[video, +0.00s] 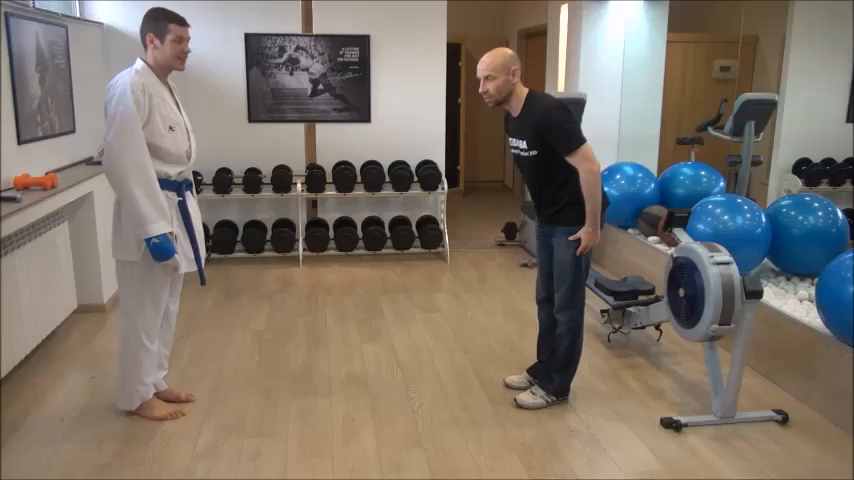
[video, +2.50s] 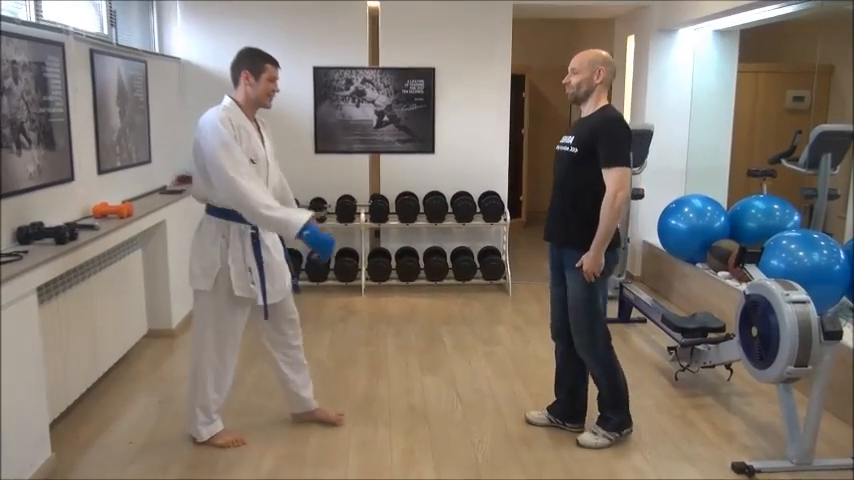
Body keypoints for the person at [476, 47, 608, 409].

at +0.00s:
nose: (482, 88)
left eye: (488, 79)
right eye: (479, 81)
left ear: (514, 75)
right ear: (484, 80)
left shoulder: (548, 112)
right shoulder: (512, 118)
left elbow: (589, 165)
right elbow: (539, 169)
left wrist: (591, 225)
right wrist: (543, 213)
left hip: (572, 224)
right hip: (545, 220)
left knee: (566, 308)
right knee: (546, 302)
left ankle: (557, 387)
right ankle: (544, 372)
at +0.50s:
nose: (502, 76)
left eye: (507, 68)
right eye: (501, 68)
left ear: (533, 65)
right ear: (529, 67)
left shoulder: (572, 100)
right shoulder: (539, 104)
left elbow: (612, 157)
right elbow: (563, 158)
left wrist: (614, 217)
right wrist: (567, 202)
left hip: (596, 214)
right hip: (571, 209)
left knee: (591, 298)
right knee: (571, 290)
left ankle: (580, 377)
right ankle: (566, 362)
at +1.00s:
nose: (493, 130)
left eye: (496, 122)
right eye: (491, 123)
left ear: (519, 114)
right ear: (520, 114)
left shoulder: (570, 131)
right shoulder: (548, 135)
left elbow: (630, 169)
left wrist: (646, 222)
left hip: (629, 211)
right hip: (603, 207)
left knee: (614, 297)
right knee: (596, 289)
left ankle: (596, 377)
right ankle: (582, 361)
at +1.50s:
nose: (507, 98)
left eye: (513, 90)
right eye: (507, 90)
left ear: (539, 88)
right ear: (538, 89)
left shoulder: (586, 117)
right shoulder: (561, 119)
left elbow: (639, 161)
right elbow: (601, 162)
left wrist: (651, 216)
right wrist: (608, 204)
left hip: (636, 208)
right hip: (610, 205)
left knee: (623, 293)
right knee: (604, 285)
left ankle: (608, 375)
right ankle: (595, 359)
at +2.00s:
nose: (584, 42)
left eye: (592, 36)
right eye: (586, 35)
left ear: (616, 45)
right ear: (611, 46)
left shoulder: (622, 93)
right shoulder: (595, 90)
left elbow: (635, 163)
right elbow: (592, 160)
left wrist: (619, 224)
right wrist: (577, 214)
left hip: (610, 222)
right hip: (583, 216)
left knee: (609, 310)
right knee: (563, 285)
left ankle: (615, 391)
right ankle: (593, 366)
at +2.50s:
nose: (566, 79)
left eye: (573, 72)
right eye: (567, 73)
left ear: (599, 75)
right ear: (592, 77)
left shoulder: (610, 123)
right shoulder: (582, 123)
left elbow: (618, 192)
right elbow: (576, 185)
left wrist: (597, 250)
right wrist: (560, 236)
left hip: (587, 248)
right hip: (562, 243)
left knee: (589, 337)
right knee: (565, 334)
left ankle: (616, 420)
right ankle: (567, 411)